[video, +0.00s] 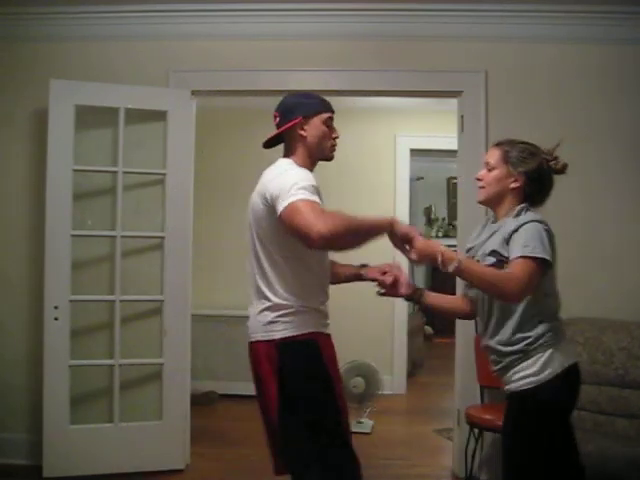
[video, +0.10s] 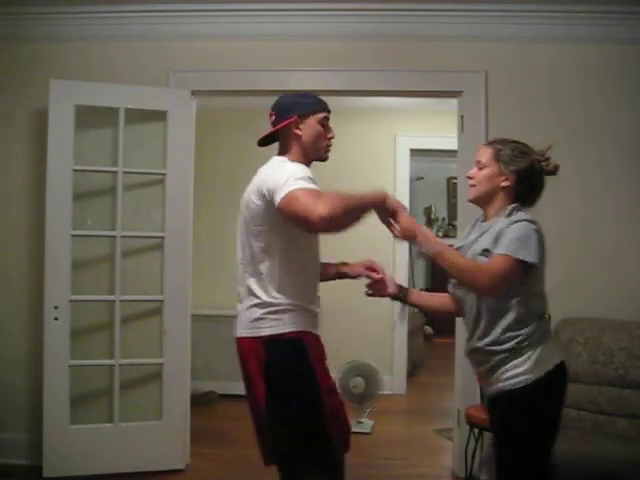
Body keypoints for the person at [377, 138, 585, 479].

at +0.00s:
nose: (478, 175)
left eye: (488, 168)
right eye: (481, 168)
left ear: (515, 180)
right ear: (511, 181)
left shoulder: (530, 228)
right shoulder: (485, 235)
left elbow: (514, 287)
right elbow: (471, 305)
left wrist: (444, 257)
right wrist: (412, 291)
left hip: (544, 378)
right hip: (518, 378)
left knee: (523, 470)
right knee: (550, 470)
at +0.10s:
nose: (469, 173)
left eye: (480, 167)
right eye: (473, 166)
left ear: (506, 179)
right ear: (500, 180)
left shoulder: (521, 228)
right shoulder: (476, 234)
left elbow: (490, 280)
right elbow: (459, 303)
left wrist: (421, 236)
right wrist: (398, 291)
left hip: (530, 380)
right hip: (499, 383)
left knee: (522, 473)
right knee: (511, 470)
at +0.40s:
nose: (420, 177)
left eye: (427, 169)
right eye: (421, 170)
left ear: (450, 179)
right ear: (454, 180)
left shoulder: (448, 224)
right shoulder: (478, 219)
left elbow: (367, 246)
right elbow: (434, 205)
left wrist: (349, 181)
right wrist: (412, 166)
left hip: (468, 373)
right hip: (489, 368)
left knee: (414, 472)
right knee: (465, 473)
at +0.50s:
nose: (408, 180)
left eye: (416, 173)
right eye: (413, 172)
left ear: (437, 184)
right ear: (449, 186)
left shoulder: (422, 229)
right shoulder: (471, 224)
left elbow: (354, 232)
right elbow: (454, 178)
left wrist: (345, 169)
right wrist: (425, 144)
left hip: (435, 369)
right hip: (470, 368)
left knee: (407, 471)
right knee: (418, 470)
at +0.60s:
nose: (394, 182)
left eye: (400, 175)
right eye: (398, 174)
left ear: (420, 184)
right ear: (440, 184)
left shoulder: (400, 231)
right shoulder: (462, 227)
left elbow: (350, 219)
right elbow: (469, 154)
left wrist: (346, 164)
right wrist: (436, 135)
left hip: (409, 372)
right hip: (456, 373)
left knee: (368, 471)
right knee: (408, 472)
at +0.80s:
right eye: (418, 172)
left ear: (381, 186)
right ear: (419, 185)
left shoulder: (366, 225)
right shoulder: (434, 226)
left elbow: (377, 177)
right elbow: (484, 179)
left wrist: (364, 144)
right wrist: (445, 155)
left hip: (369, 359)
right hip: (420, 366)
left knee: (369, 459)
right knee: (400, 466)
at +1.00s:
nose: (409, 167)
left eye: (404, 163)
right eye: (399, 164)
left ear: (387, 185)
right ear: (378, 186)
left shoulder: (407, 219)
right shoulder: (374, 224)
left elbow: (425, 158)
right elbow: (419, 193)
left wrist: (379, 134)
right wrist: (378, 168)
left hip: (393, 361)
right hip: (379, 363)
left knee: (368, 459)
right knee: (408, 465)